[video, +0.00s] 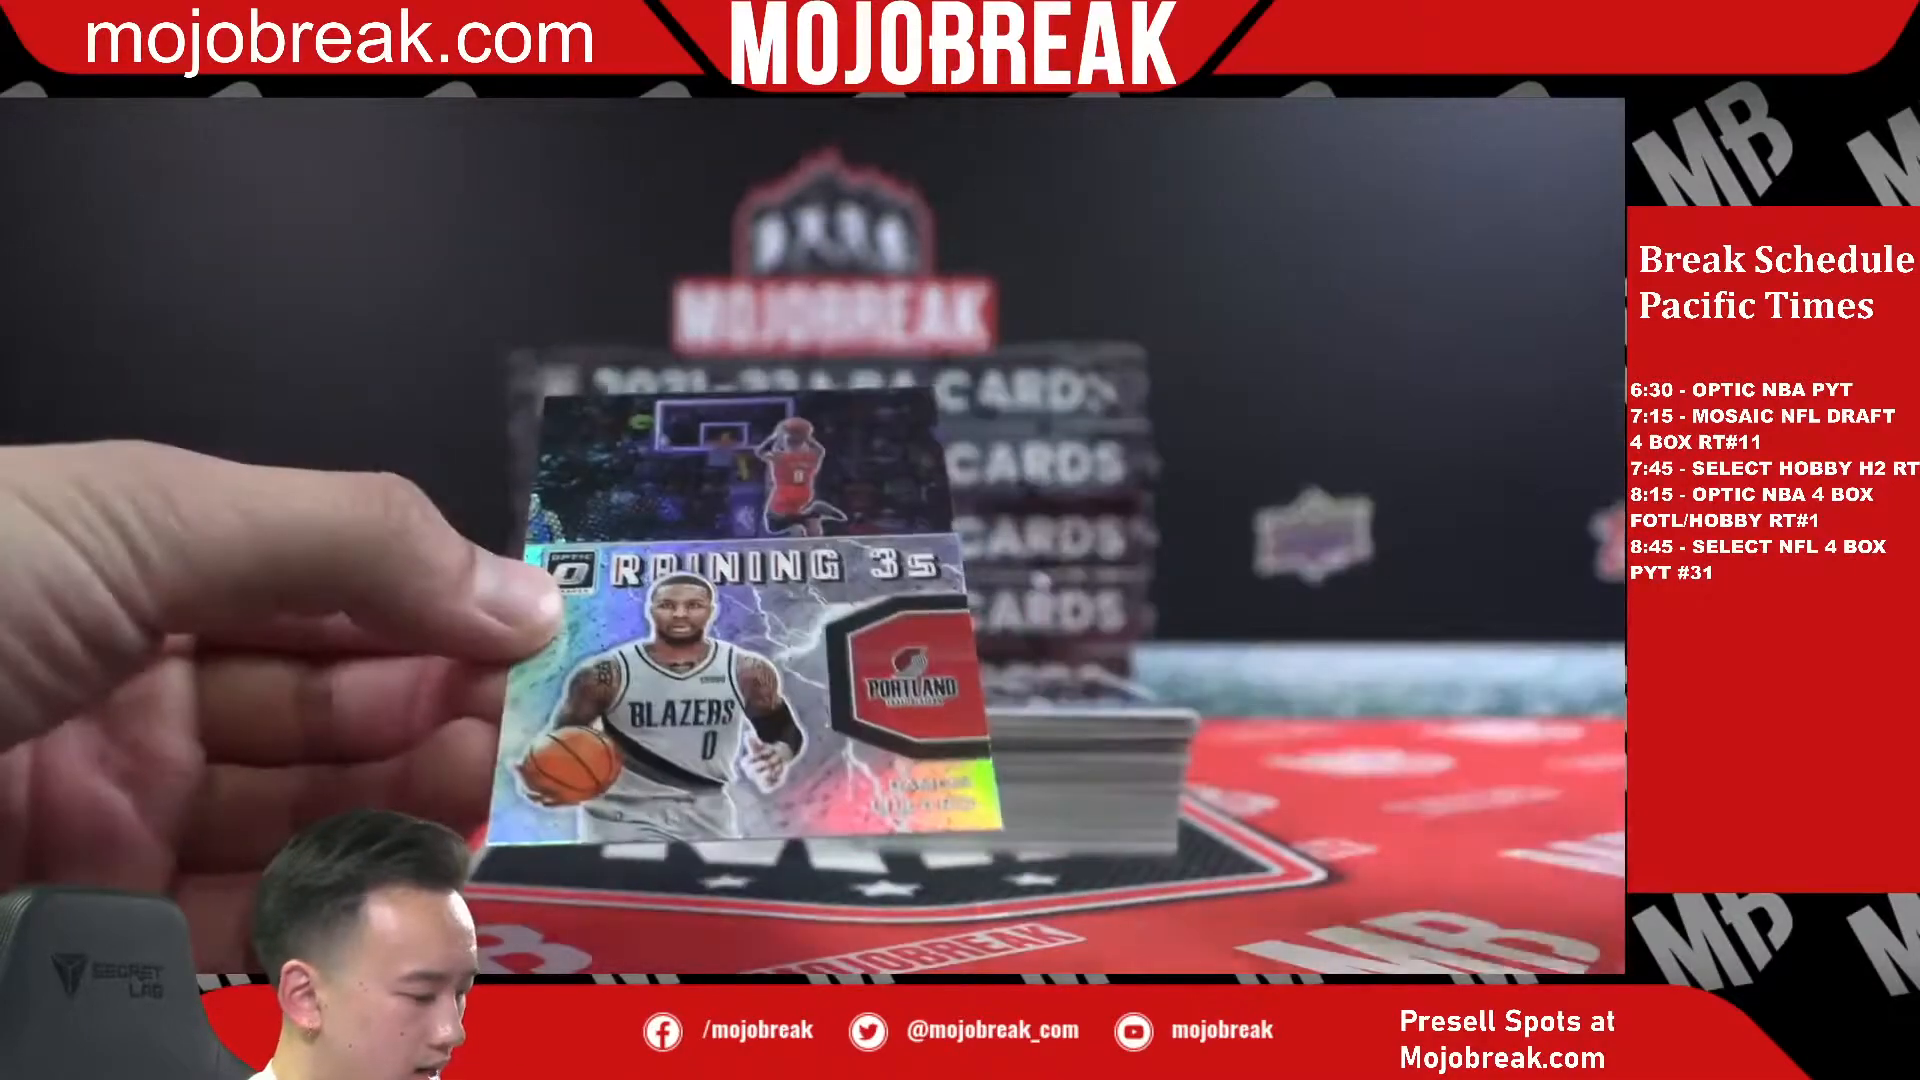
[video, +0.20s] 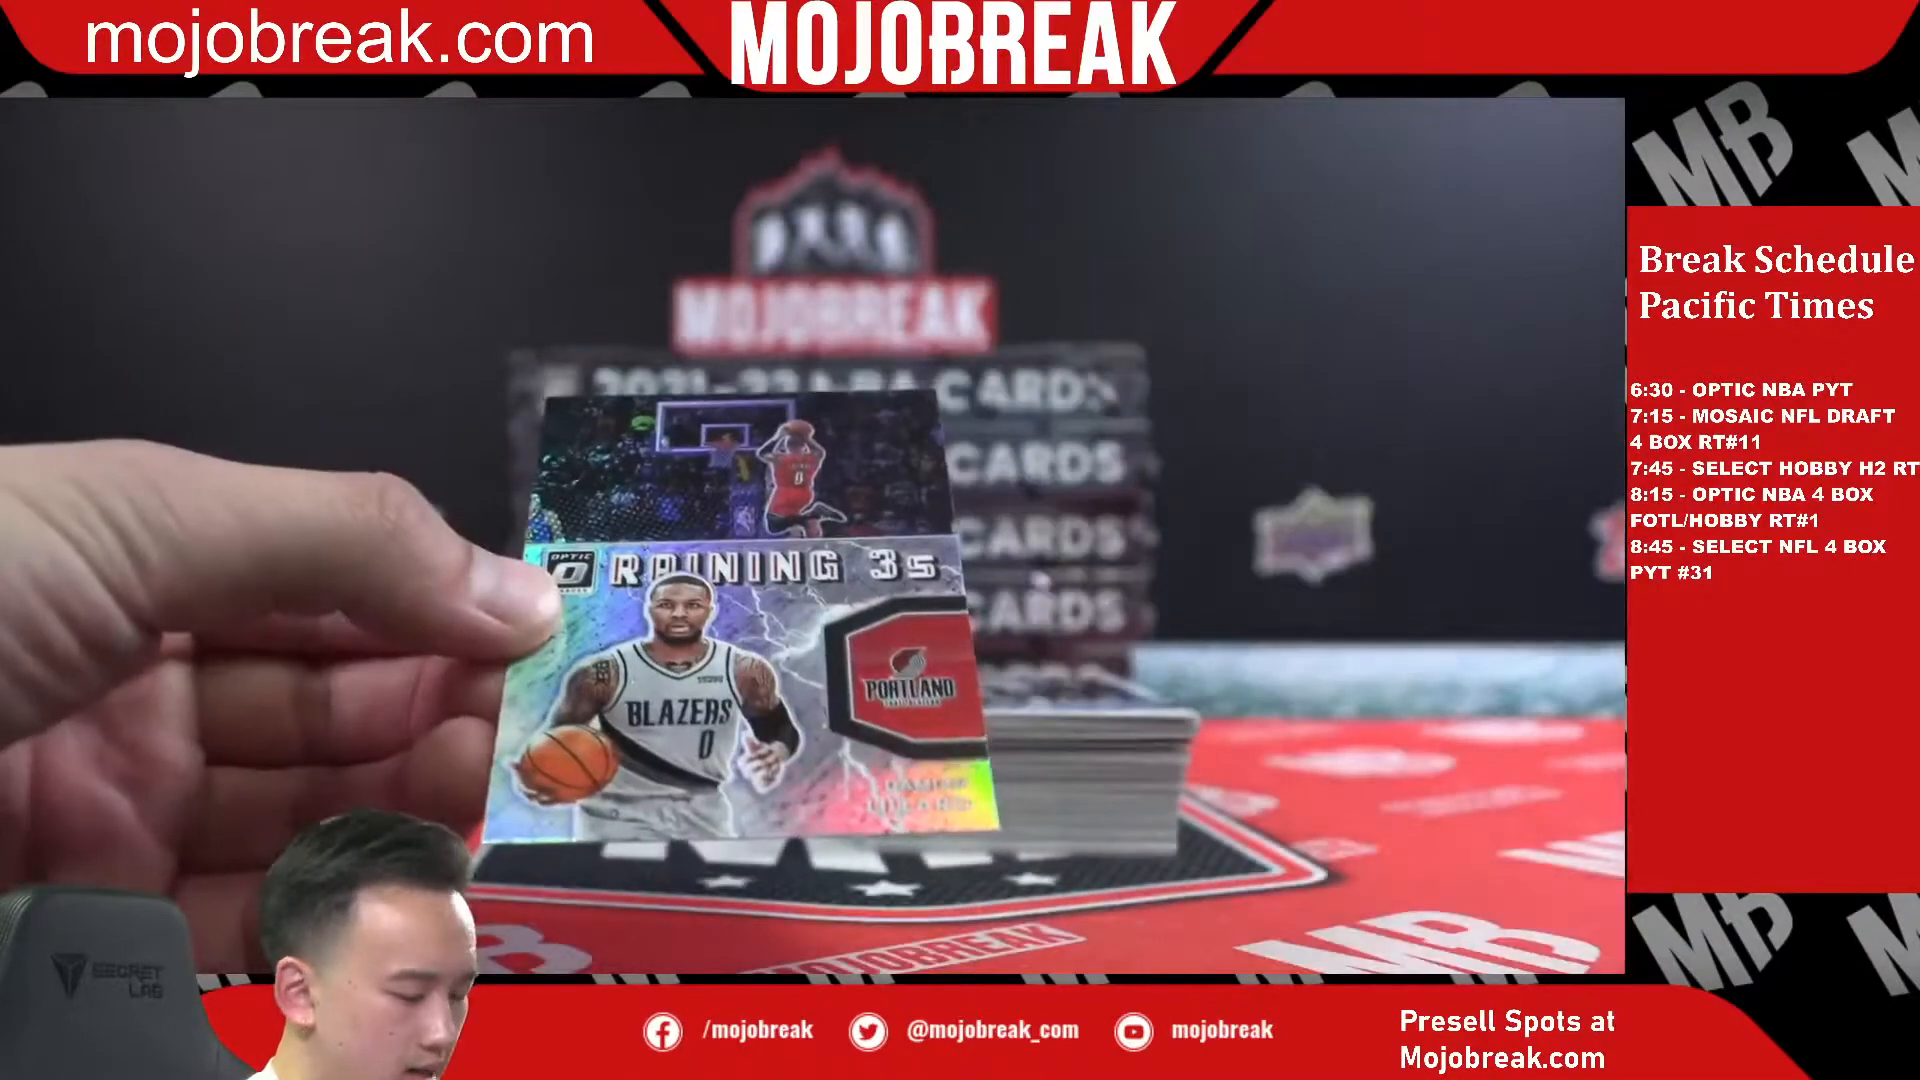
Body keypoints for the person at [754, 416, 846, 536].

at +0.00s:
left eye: (786, 437)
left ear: (786, 440)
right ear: (806, 440)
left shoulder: (777, 457)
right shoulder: (814, 457)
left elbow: (759, 452)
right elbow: (821, 450)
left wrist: (774, 436)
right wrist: (808, 437)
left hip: (782, 499)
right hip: (805, 500)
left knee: (772, 527)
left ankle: (795, 530)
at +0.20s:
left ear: (786, 447)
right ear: (804, 447)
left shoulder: (778, 459)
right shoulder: (813, 459)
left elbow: (760, 454)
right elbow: (821, 452)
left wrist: (776, 437)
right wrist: (808, 439)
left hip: (783, 494)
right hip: (805, 494)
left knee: (772, 528)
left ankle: (792, 531)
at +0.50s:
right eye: (804, 442)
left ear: (785, 442)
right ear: (803, 443)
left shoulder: (777, 454)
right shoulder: (811, 455)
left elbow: (759, 449)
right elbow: (820, 447)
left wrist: (775, 432)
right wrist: (806, 433)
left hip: (782, 490)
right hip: (804, 491)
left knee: (771, 526)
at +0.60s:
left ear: (791, 436)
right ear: (809, 438)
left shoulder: (783, 450)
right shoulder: (817, 451)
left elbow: (765, 445)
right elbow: (826, 443)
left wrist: (781, 427)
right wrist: (813, 429)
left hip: (787, 488)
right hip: (809, 489)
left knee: (776, 528)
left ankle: (810, 519)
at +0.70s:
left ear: (793, 420)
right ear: (810, 422)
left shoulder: (783, 436)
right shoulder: (819, 438)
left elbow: (765, 431)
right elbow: (827, 428)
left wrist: (780, 413)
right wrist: (814, 414)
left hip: (788, 477)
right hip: (810, 478)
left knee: (777, 518)